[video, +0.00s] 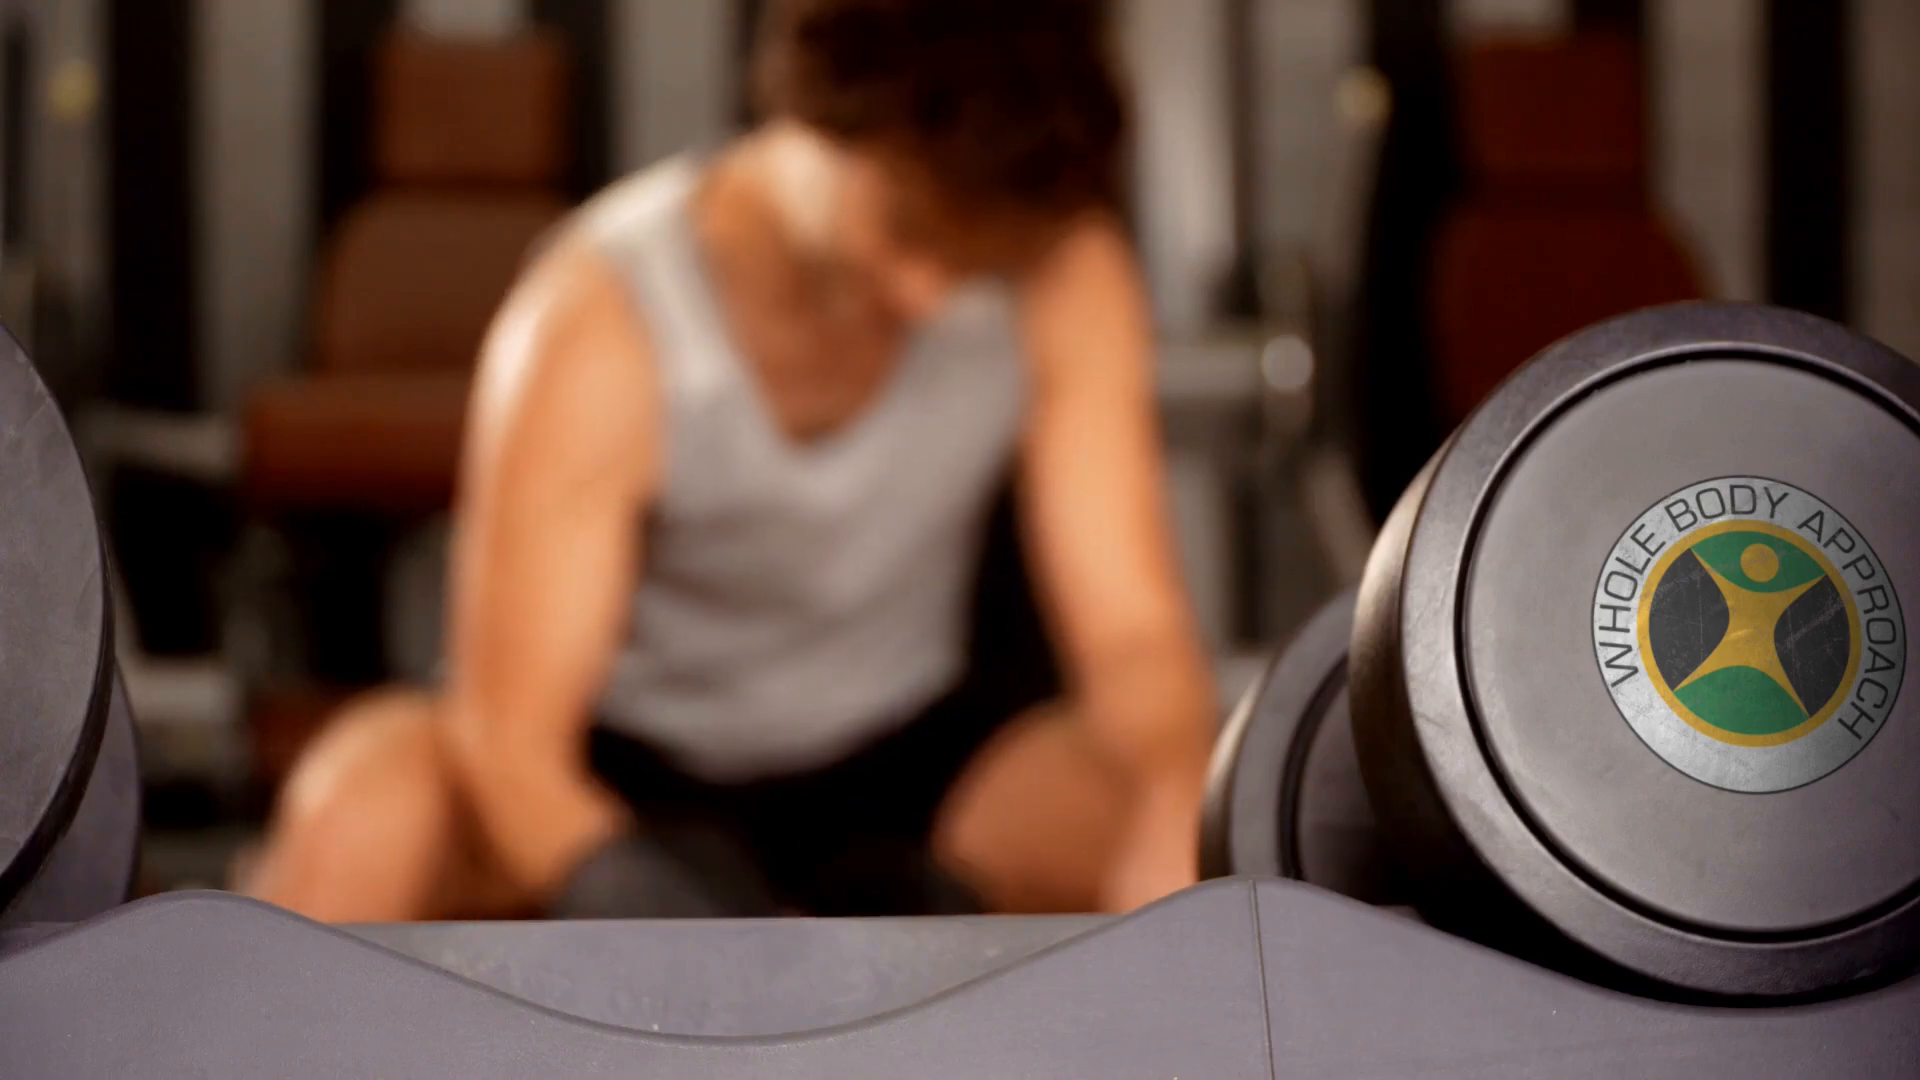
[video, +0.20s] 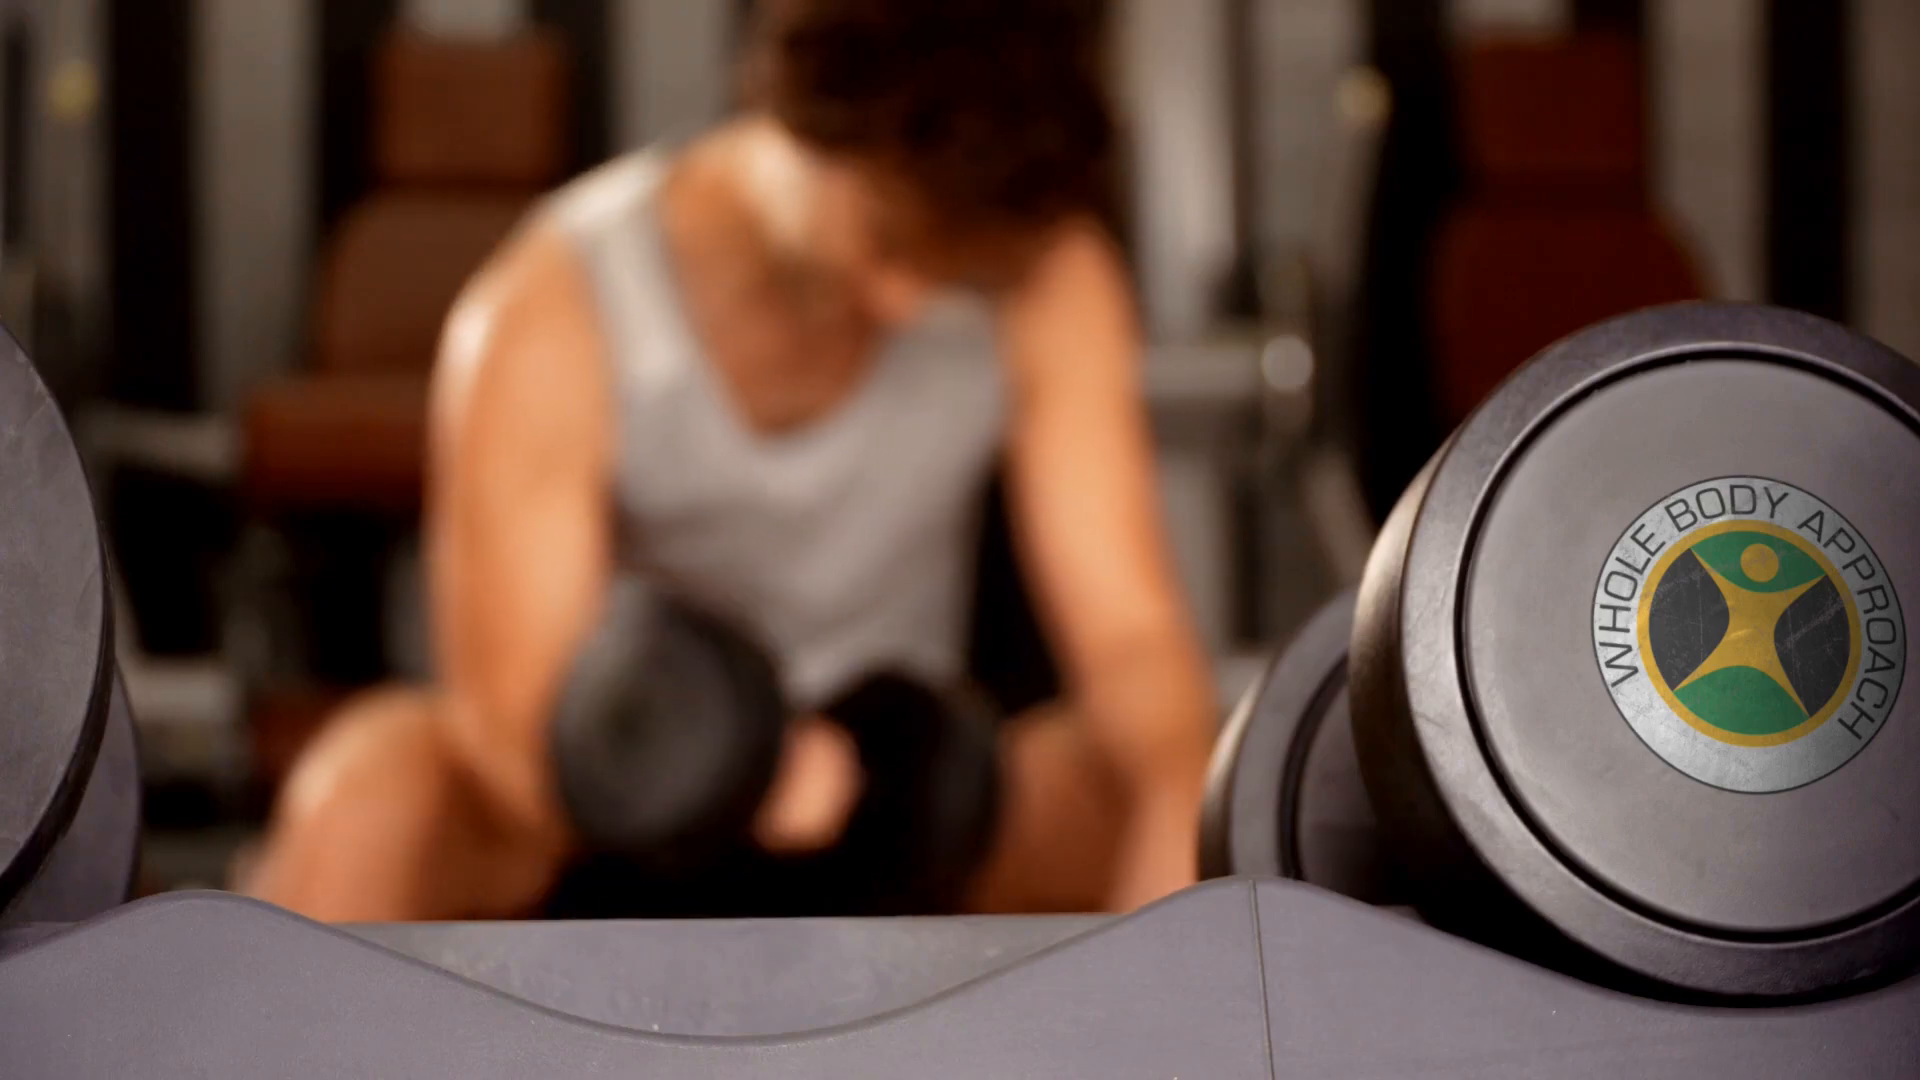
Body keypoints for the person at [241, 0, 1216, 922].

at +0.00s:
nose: (928, 299)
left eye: (978, 263)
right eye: (902, 242)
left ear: (1040, 219)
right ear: (821, 133)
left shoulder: (1057, 262)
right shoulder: (595, 314)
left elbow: (1131, 640)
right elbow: (513, 749)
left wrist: (1172, 841)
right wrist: (699, 947)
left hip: (905, 763)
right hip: (629, 776)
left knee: (1194, 813)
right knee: (365, 791)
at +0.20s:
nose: (908, 308)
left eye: (959, 269)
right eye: (884, 249)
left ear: (1023, 230)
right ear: (798, 138)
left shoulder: (1039, 264)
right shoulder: (546, 312)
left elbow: (1131, 641)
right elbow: (512, 733)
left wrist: (1173, 839)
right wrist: (734, 784)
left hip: (898, 809)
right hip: (617, 813)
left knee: (1192, 779)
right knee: (370, 777)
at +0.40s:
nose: (887, 303)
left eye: (930, 264)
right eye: (863, 247)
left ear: (985, 209)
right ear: (769, 147)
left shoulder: (1015, 263)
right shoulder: (498, 316)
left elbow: (1121, 636)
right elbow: (514, 750)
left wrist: (1179, 871)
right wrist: (736, 712)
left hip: (897, 782)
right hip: (598, 790)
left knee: (1175, 805)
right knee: (354, 798)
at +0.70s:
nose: (867, 298)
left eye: (912, 261)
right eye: (846, 241)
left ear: (968, 211)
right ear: (755, 146)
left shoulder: (1003, 263)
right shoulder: (490, 322)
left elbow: (1118, 640)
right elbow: (509, 765)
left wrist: (1174, 868)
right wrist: (726, 635)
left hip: (897, 775)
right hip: (596, 793)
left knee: (1178, 819)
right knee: (348, 798)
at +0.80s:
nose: (873, 293)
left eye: (919, 255)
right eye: (849, 235)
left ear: (976, 203)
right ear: (762, 145)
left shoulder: (1008, 264)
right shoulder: (500, 321)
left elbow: (1119, 637)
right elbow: (509, 769)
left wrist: (1179, 860)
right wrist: (724, 640)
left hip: (901, 779)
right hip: (600, 798)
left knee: (1181, 814)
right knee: (357, 794)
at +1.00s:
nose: (887, 274)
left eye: (934, 236)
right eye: (861, 220)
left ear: (989, 182)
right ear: (773, 125)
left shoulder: (1023, 256)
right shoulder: (525, 315)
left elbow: (1122, 630)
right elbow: (516, 757)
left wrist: (1188, 819)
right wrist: (797, 732)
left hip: (887, 794)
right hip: (597, 804)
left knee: (1197, 804)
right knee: (360, 789)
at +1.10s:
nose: (894, 271)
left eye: (944, 232)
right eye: (869, 214)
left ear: (1003, 177)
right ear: (784, 115)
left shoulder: (1034, 257)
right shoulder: (545, 314)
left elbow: (1126, 638)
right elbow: (514, 740)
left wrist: (1194, 806)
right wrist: (840, 820)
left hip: (900, 793)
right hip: (609, 796)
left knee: (1192, 796)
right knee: (361, 784)